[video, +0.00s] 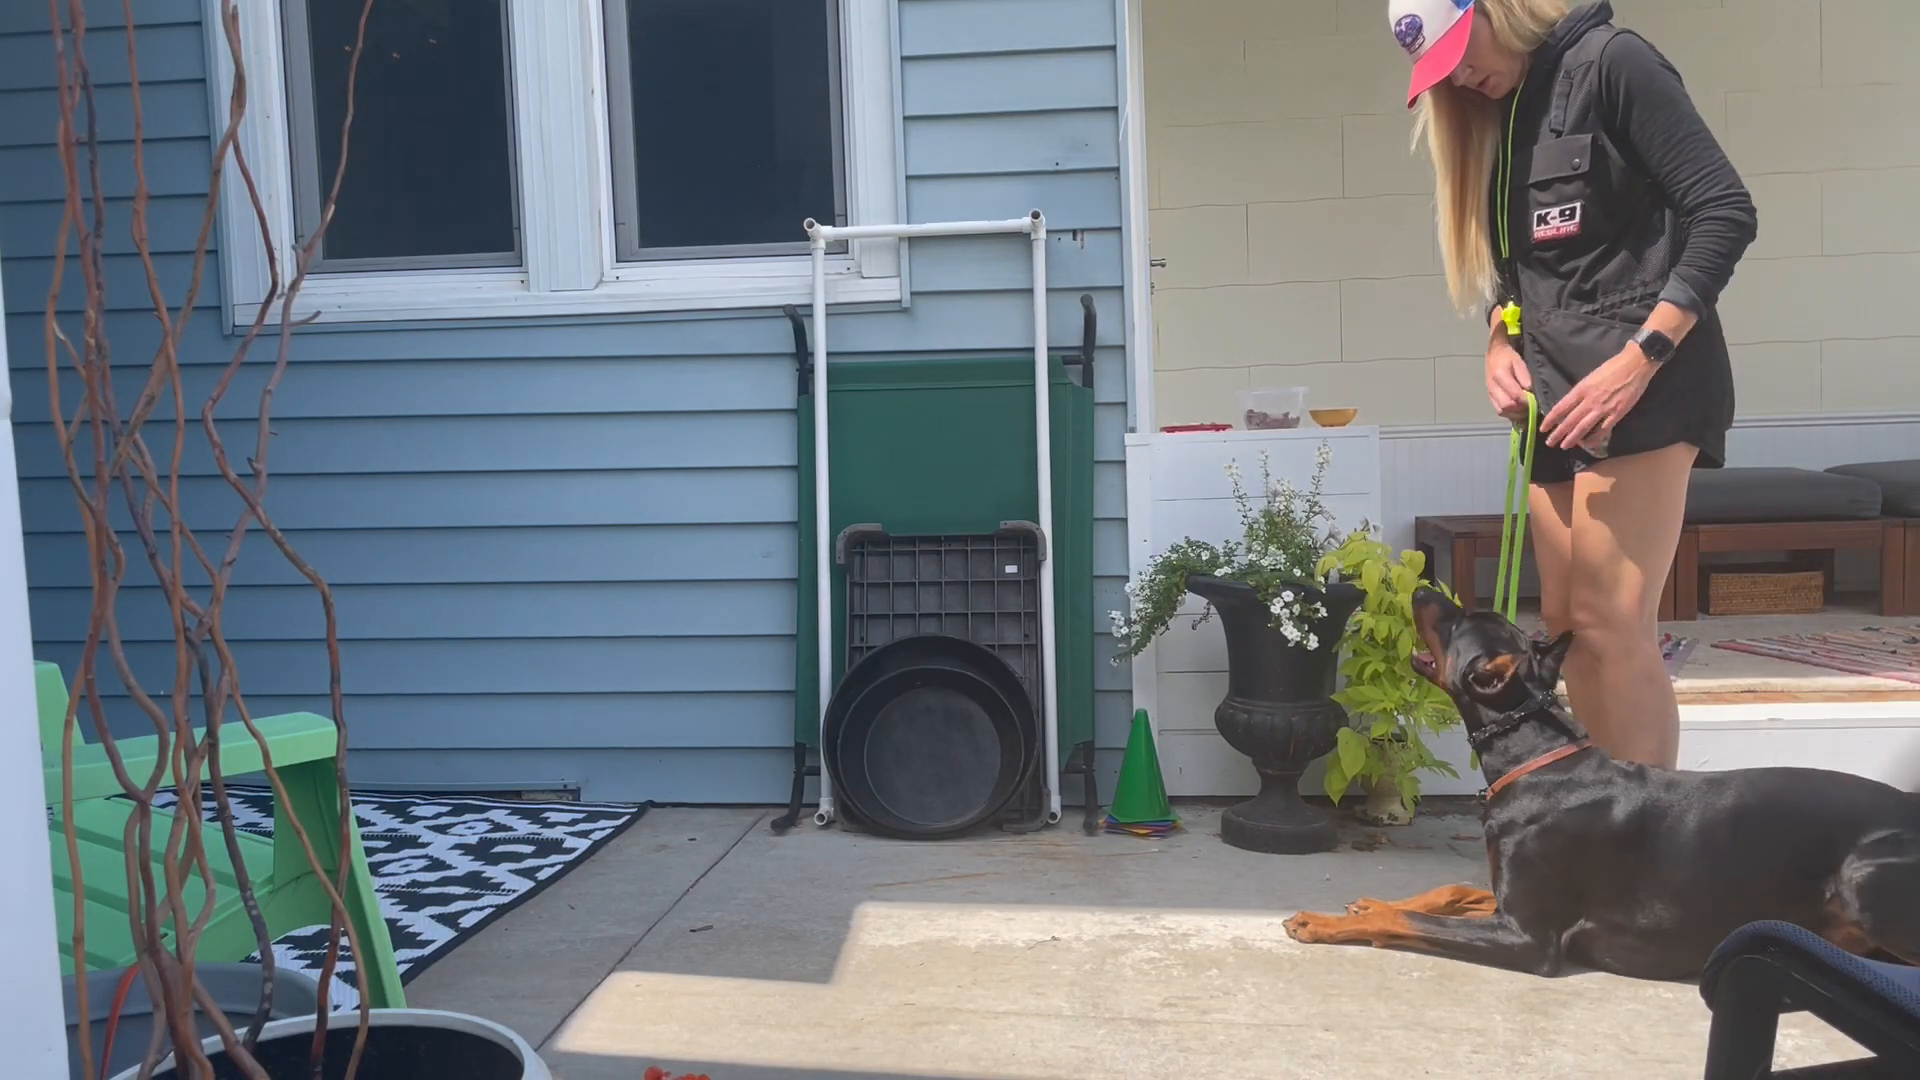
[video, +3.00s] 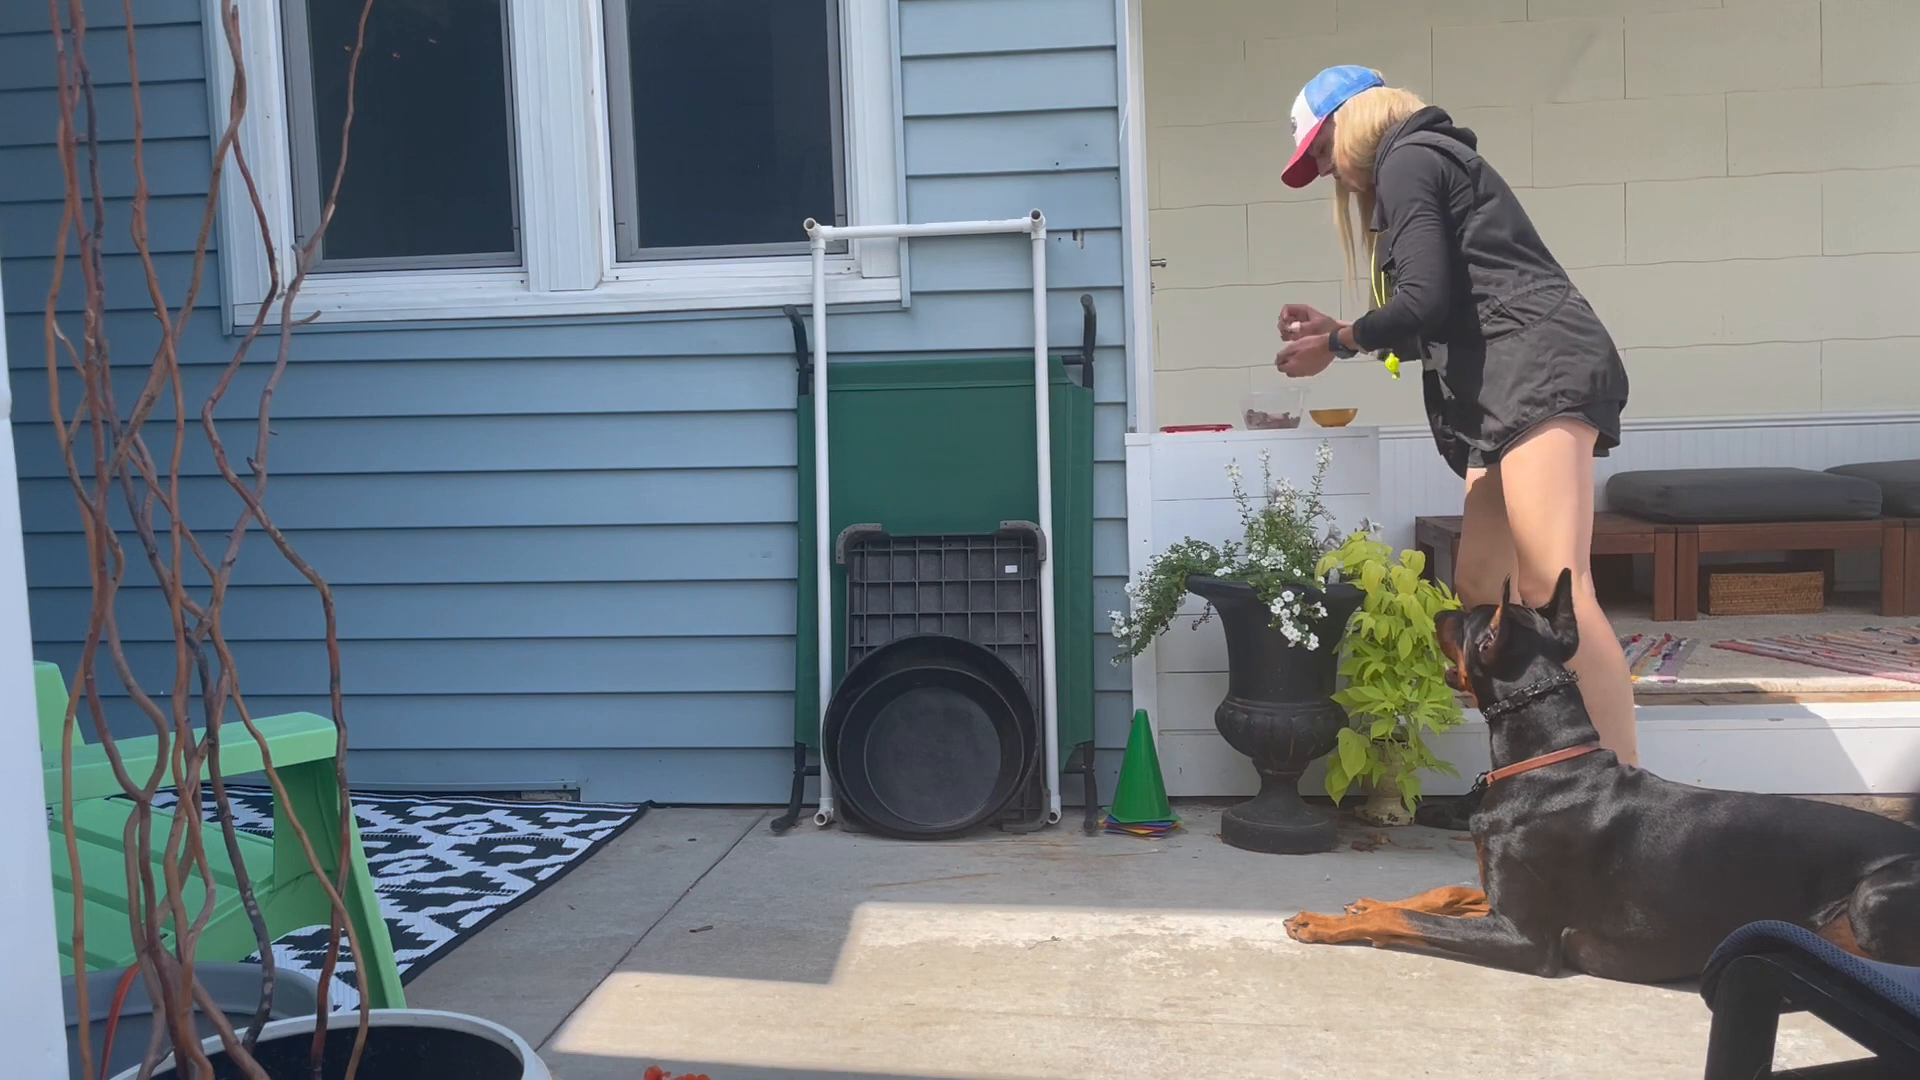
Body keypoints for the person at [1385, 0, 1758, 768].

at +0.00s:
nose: (1459, 80)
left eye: (1459, 55)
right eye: (1444, 71)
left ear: (1495, 10)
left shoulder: (1612, 61)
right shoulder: (1507, 105)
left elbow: (1725, 211)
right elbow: (1517, 253)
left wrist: (1641, 354)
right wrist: (1500, 336)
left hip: (1641, 375)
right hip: (1552, 383)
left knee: (1612, 621)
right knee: (1569, 624)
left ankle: (1649, 852)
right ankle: (1608, 846)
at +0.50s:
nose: (1438, 92)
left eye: (1437, 68)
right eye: (1424, 83)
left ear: (1480, 19)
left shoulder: (1611, 72)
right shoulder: (1490, 127)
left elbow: (1720, 226)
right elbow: (1459, 291)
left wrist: (1675, 389)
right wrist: (1404, 446)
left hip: (1663, 383)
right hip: (1566, 399)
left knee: (1628, 629)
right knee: (1574, 626)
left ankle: (1655, 840)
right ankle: (1600, 839)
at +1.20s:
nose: (1418, 79)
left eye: (1416, 58)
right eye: (1410, 63)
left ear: (1448, 35)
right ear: (1472, 32)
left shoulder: (1543, 87)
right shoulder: (1496, 102)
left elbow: (1627, 255)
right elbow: (1532, 269)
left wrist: (1567, 413)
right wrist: (1505, 389)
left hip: (1609, 394)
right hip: (1558, 390)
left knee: (1579, 641)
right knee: (1532, 634)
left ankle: (1636, 838)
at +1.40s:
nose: (1405, 82)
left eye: (1405, 62)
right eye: (1398, 65)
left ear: (1435, 46)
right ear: (1463, 36)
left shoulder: (1509, 95)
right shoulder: (1487, 104)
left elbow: (1534, 271)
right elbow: (1507, 270)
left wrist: (1434, 382)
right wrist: (1483, 391)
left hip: (1571, 398)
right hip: (1537, 398)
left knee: (1549, 639)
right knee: (1503, 606)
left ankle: (1622, 831)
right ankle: (1536, 794)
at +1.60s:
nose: (1380, 119)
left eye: (1377, 99)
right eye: (1372, 102)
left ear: (1401, 78)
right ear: (1443, 65)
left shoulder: (1455, 131)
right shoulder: (1491, 127)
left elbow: (1405, 293)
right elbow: (1506, 271)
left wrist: (1319, 345)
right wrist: (1437, 339)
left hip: (1543, 382)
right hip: (1518, 385)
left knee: (1545, 638)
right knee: (1483, 626)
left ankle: (1621, 816)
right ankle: (1537, 813)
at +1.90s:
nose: (1321, 164)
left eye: (1319, 144)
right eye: (1315, 150)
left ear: (1346, 124)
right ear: (1387, 119)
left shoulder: (1380, 174)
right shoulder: (1440, 172)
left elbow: (1309, 306)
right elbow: (1437, 328)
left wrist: (1232, 385)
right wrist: (1342, 358)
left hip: (1538, 363)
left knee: (1555, 596)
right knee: (1484, 589)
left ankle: (1606, 792)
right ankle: (1532, 781)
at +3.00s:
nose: (1332, 177)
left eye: (1327, 156)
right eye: (1322, 166)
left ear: (1351, 125)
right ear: (1376, 120)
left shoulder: (1409, 161)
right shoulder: (1423, 167)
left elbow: (1423, 303)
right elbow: (1430, 326)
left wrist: (1341, 340)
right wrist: (1342, 338)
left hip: (1535, 361)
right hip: (1496, 387)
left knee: (1558, 592)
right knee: (1480, 598)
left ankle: (1621, 797)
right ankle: (1535, 787)